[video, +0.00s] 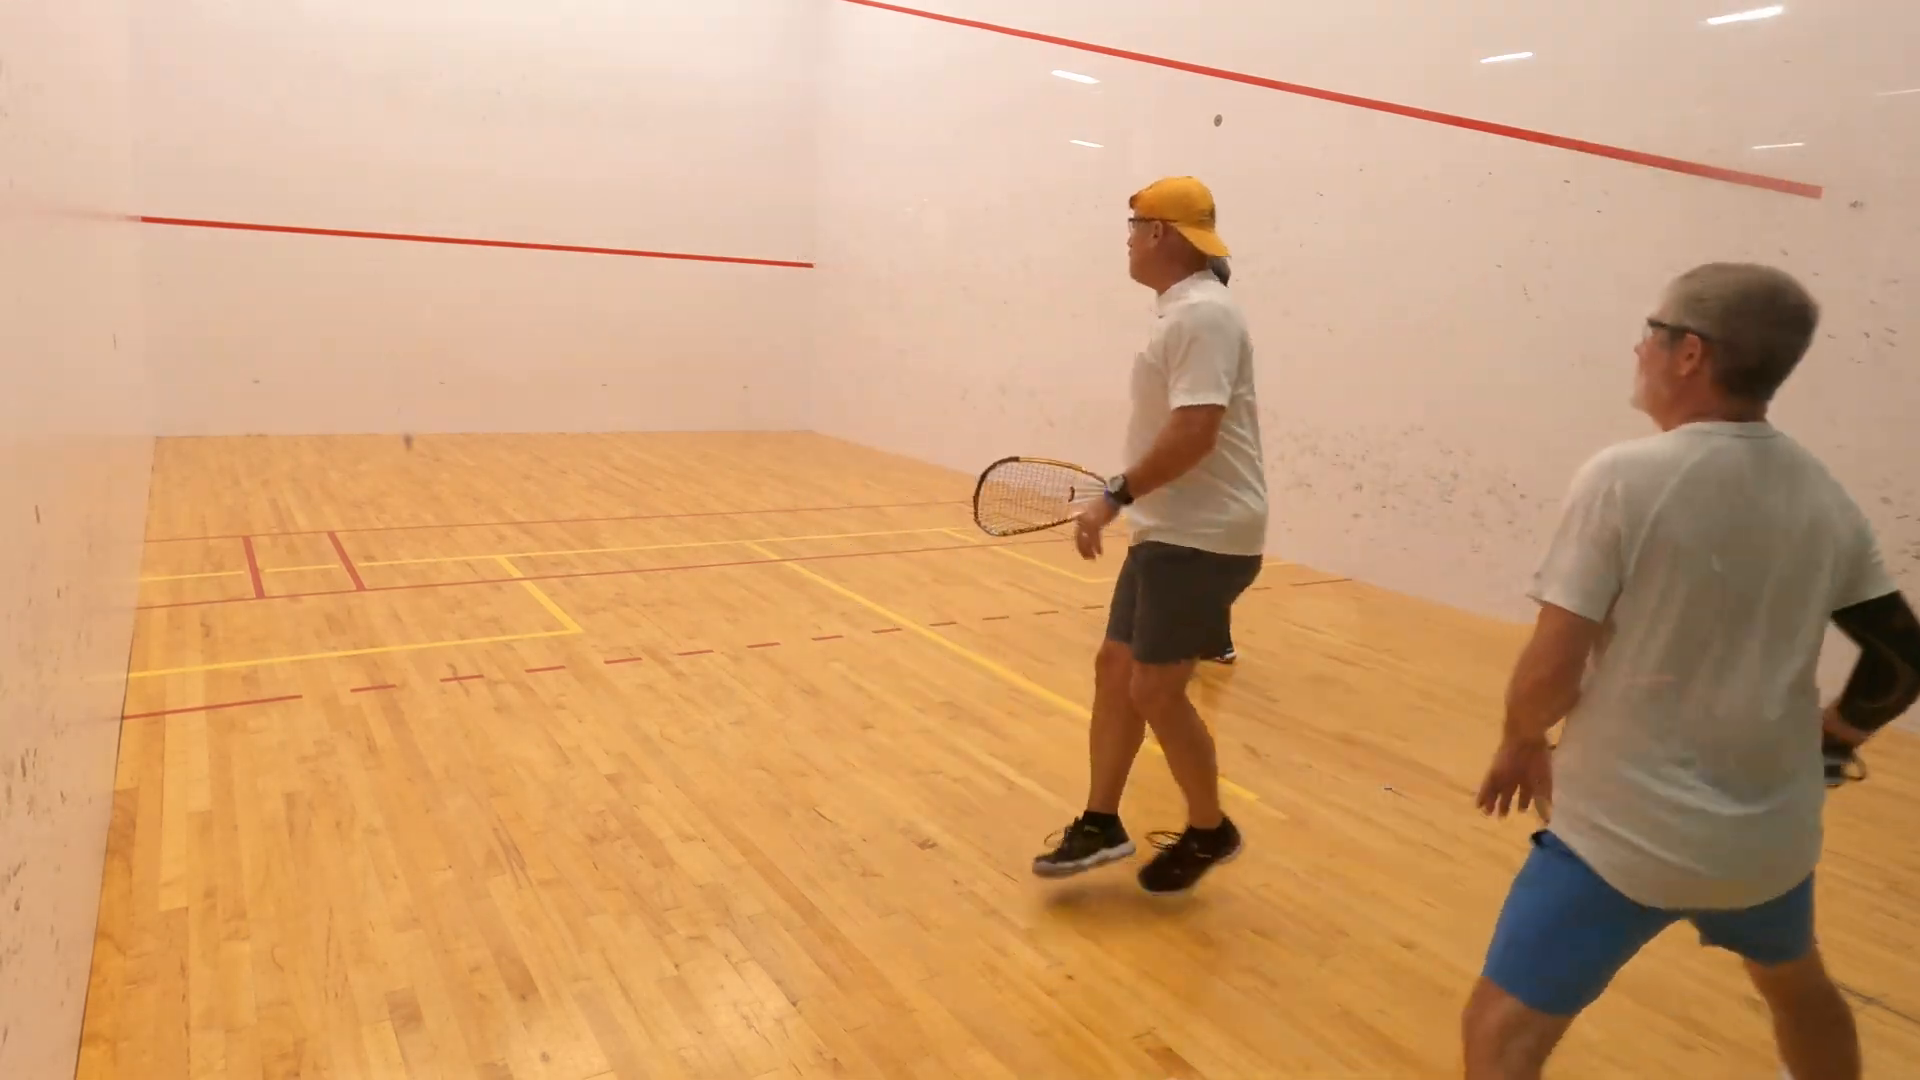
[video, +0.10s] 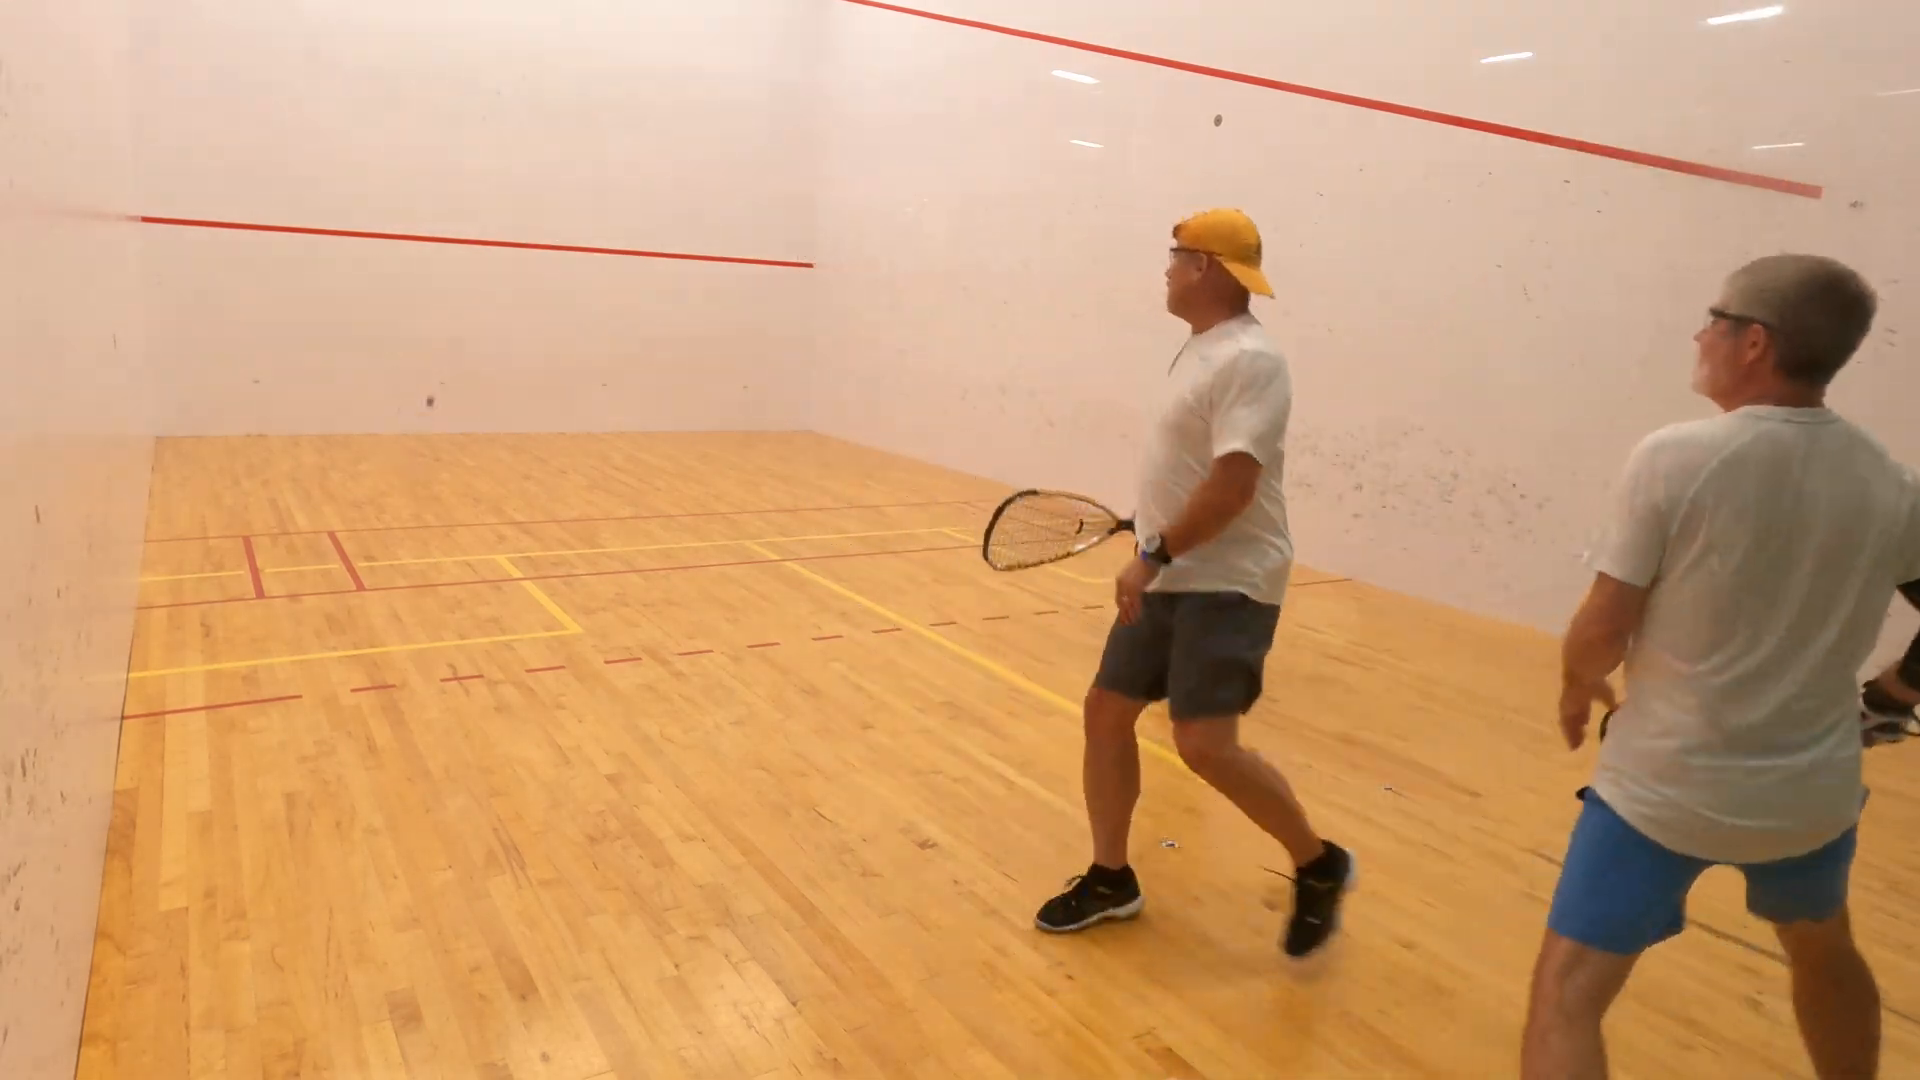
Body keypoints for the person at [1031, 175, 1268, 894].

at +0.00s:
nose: (1126, 241)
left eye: (1135, 228)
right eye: (1131, 228)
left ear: (1165, 237)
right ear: (1177, 237)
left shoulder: (1205, 312)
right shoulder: (1182, 313)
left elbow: (1195, 431)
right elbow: (1184, 433)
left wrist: (1115, 495)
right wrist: (1119, 500)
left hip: (1204, 538)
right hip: (1163, 531)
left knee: (1157, 690)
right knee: (1116, 668)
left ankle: (1210, 829)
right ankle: (1099, 822)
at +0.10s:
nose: (1165, 272)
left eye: (1177, 260)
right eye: (1171, 259)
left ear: (1209, 273)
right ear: (1215, 273)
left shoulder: (1253, 360)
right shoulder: (1196, 354)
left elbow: (1233, 485)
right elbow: (1197, 470)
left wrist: (1154, 554)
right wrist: (1149, 524)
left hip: (1229, 582)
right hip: (1169, 574)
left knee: (1204, 744)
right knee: (1106, 712)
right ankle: (1110, 876)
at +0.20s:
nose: (1215, 294)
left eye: (1229, 283)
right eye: (1221, 282)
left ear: (1264, 301)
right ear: (1266, 304)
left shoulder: (1312, 405)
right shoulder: (1237, 385)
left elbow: (1297, 526)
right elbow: (1232, 502)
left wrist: (1209, 605)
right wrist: (1180, 553)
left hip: (1263, 625)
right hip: (1185, 606)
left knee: (1286, 795)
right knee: (1100, 724)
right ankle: (1110, 881)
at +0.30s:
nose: (1294, 281)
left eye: (1309, 270)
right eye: (1301, 268)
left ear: (1344, 290)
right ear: (1342, 291)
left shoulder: (1398, 391)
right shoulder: (1316, 381)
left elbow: (1391, 524)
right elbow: (1301, 504)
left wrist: (1303, 607)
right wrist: (1243, 563)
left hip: (1342, 635)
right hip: (1256, 614)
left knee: (1361, 818)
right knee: (1172, 740)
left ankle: (1465, 977)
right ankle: (1114, 875)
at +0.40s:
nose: (1376, 269)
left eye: (1393, 256)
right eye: (1386, 254)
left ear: (1432, 277)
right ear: (1429, 277)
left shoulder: (1500, 376)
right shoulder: (1405, 368)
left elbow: (1528, 513)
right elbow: (1378, 484)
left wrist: (1433, 601)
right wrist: (1304, 546)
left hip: (1440, 645)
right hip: (1356, 617)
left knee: (1421, 826)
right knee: (1261, 735)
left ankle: (1478, 994)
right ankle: (1214, 892)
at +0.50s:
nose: (1457, 240)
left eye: (1476, 225)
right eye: (1468, 224)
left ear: (1520, 246)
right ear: (1516, 246)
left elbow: (1669, 477)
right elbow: (1430, 454)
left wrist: (1590, 576)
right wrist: (1355, 527)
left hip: (1527, 636)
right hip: (1435, 612)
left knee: (1492, 813)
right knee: (1366, 745)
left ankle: (1486, 990)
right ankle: (1418, 912)